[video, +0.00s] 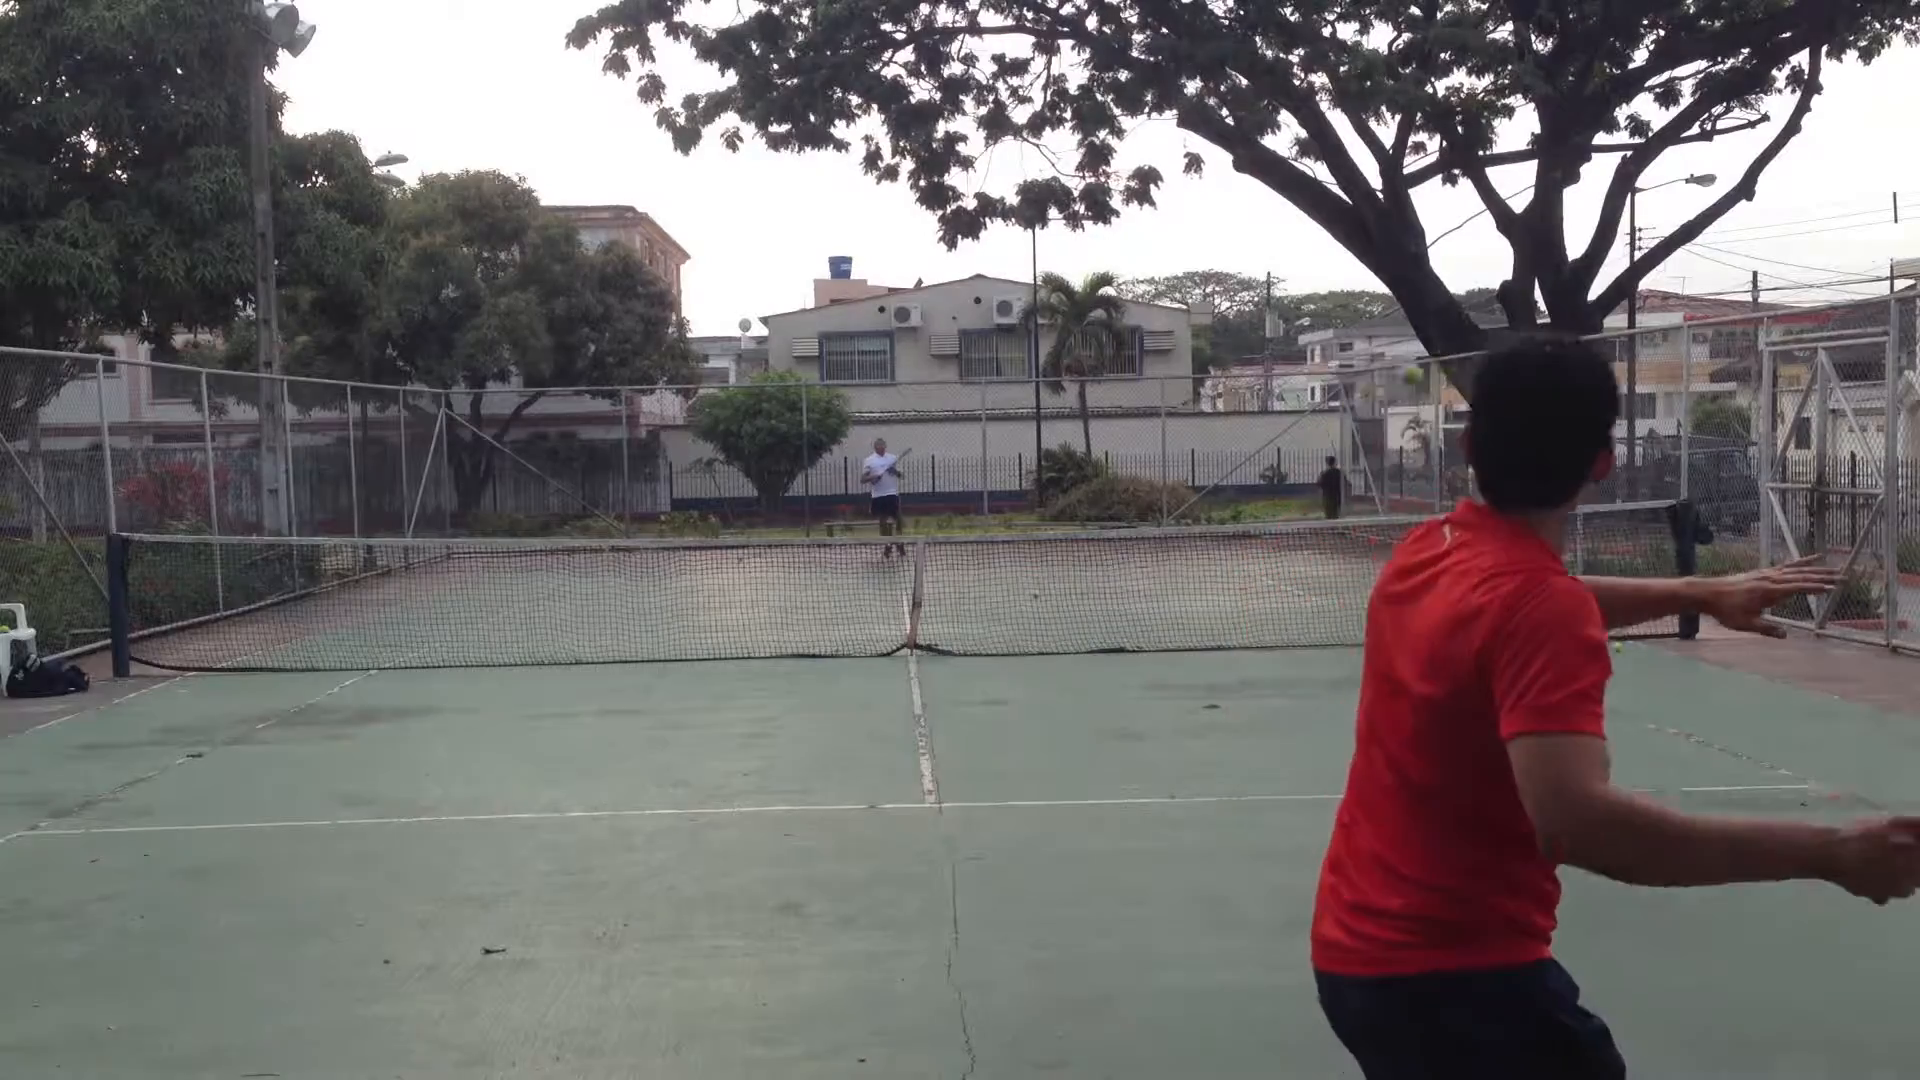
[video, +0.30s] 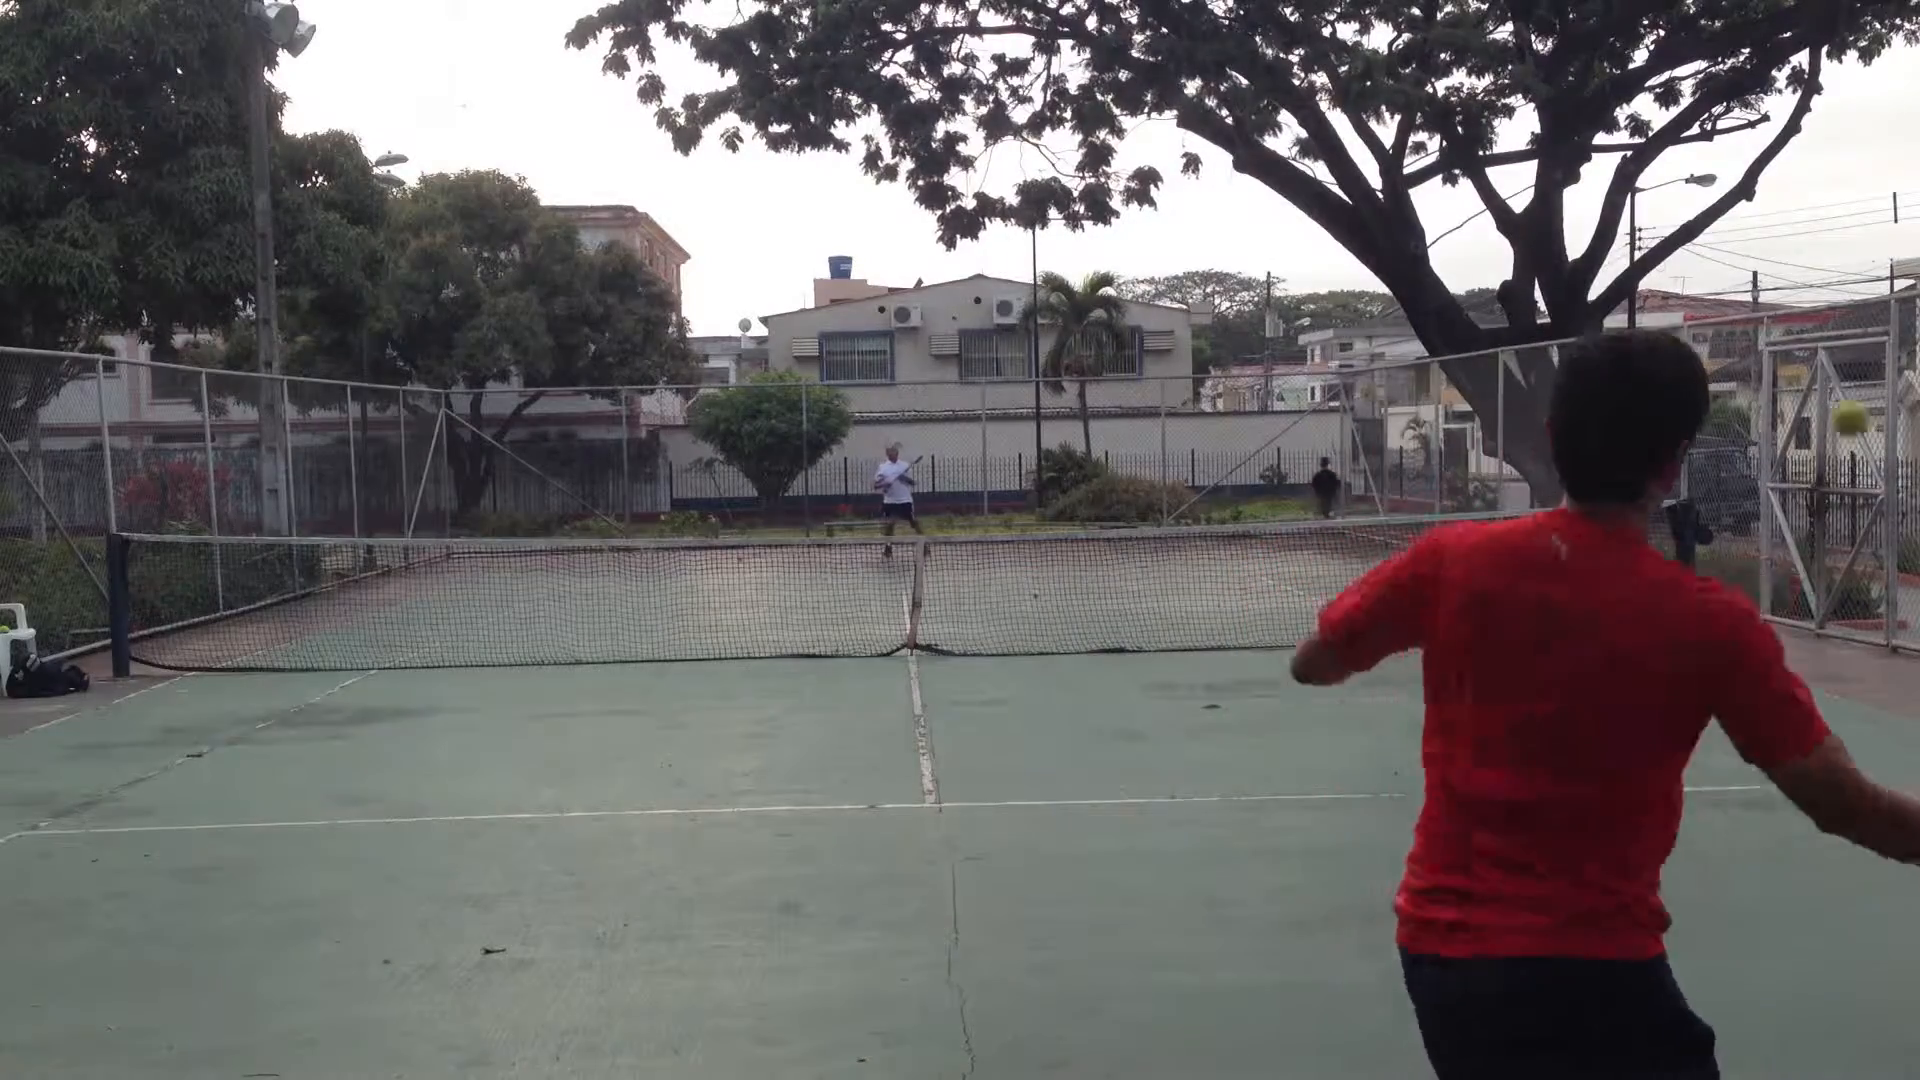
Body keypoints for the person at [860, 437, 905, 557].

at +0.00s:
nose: (880, 451)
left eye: (882, 448)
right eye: (878, 449)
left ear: (885, 448)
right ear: (874, 448)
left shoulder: (892, 458)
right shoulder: (869, 461)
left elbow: (901, 475)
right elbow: (863, 479)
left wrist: (895, 472)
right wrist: (873, 477)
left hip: (892, 493)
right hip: (878, 494)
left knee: (897, 518)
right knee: (882, 520)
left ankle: (900, 541)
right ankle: (887, 544)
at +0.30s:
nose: (892, 456)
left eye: (894, 453)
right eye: (890, 454)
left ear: (898, 453)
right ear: (887, 454)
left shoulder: (904, 465)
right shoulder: (883, 467)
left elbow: (912, 482)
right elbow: (876, 484)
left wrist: (901, 476)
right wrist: (886, 483)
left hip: (905, 500)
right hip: (889, 501)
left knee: (913, 523)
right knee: (888, 525)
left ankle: (924, 543)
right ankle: (888, 546)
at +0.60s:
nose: (903, 453)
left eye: (904, 451)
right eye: (900, 451)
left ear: (908, 450)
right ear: (897, 452)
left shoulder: (916, 463)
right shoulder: (892, 465)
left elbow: (924, 479)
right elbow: (888, 483)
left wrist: (916, 475)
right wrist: (896, 483)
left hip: (915, 499)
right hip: (899, 500)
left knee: (920, 524)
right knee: (892, 524)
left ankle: (925, 546)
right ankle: (888, 546)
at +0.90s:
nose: (899, 452)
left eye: (901, 449)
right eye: (897, 450)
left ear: (905, 450)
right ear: (894, 451)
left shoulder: (912, 463)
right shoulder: (890, 465)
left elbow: (919, 480)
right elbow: (883, 481)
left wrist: (908, 476)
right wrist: (890, 483)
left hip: (911, 499)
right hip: (896, 499)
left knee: (918, 523)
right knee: (890, 523)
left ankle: (923, 545)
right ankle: (892, 545)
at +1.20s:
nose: (876, 455)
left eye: (878, 452)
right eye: (874, 453)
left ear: (883, 453)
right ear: (872, 454)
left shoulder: (890, 466)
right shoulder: (869, 468)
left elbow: (894, 484)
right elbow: (864, 482)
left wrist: (881, 480)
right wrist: (870, 479)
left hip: (891, 498)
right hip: (879, 499)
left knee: (888, 522)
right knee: (883, 524)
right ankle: (895, 544)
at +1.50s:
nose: (848, 459)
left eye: (850, 457)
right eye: (847, 457)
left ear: (856, 457)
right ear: (846, 458)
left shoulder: (859, 469)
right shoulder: (846, 468)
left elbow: (853, 482)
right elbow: (841, 478)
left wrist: (839, 482)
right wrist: (830, 480)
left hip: (859, 498)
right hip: (850, 497)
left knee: (846, 522)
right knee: (845, 523)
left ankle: (860, 544)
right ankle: (858, 546)